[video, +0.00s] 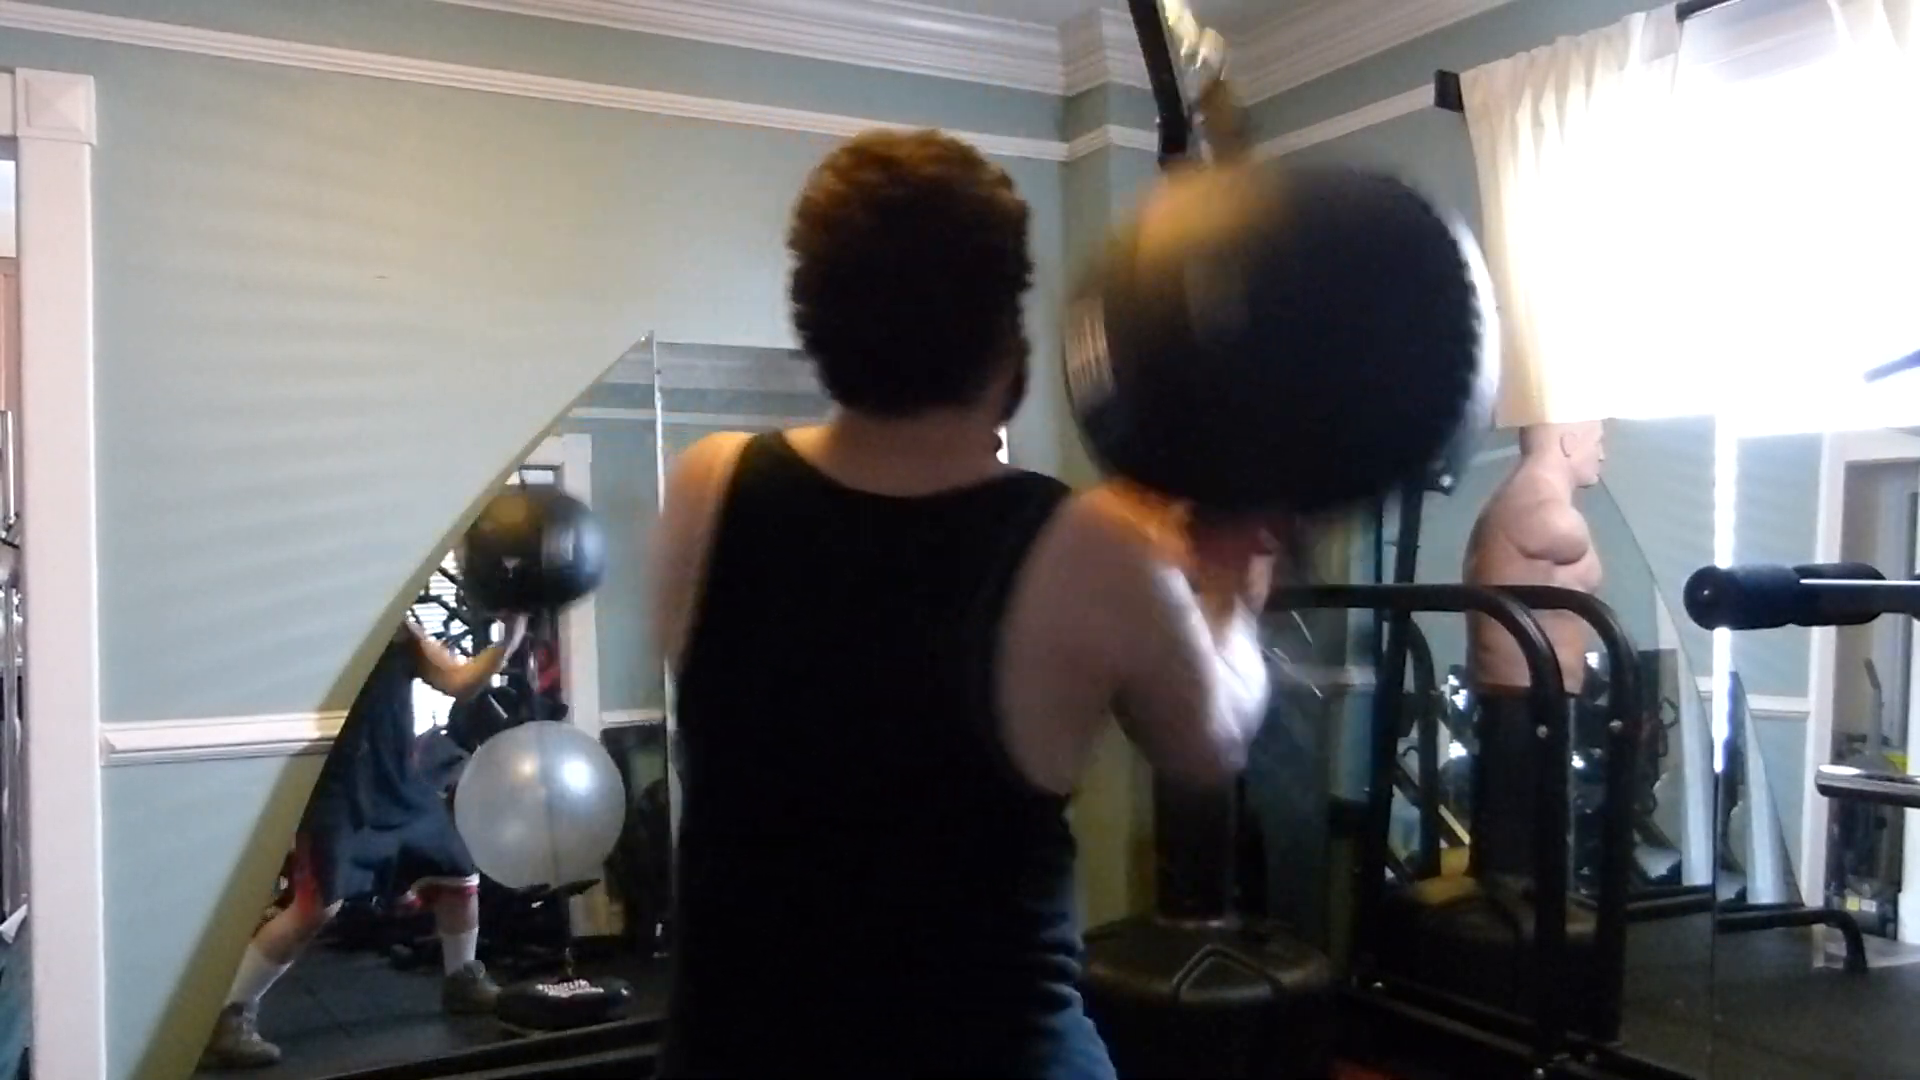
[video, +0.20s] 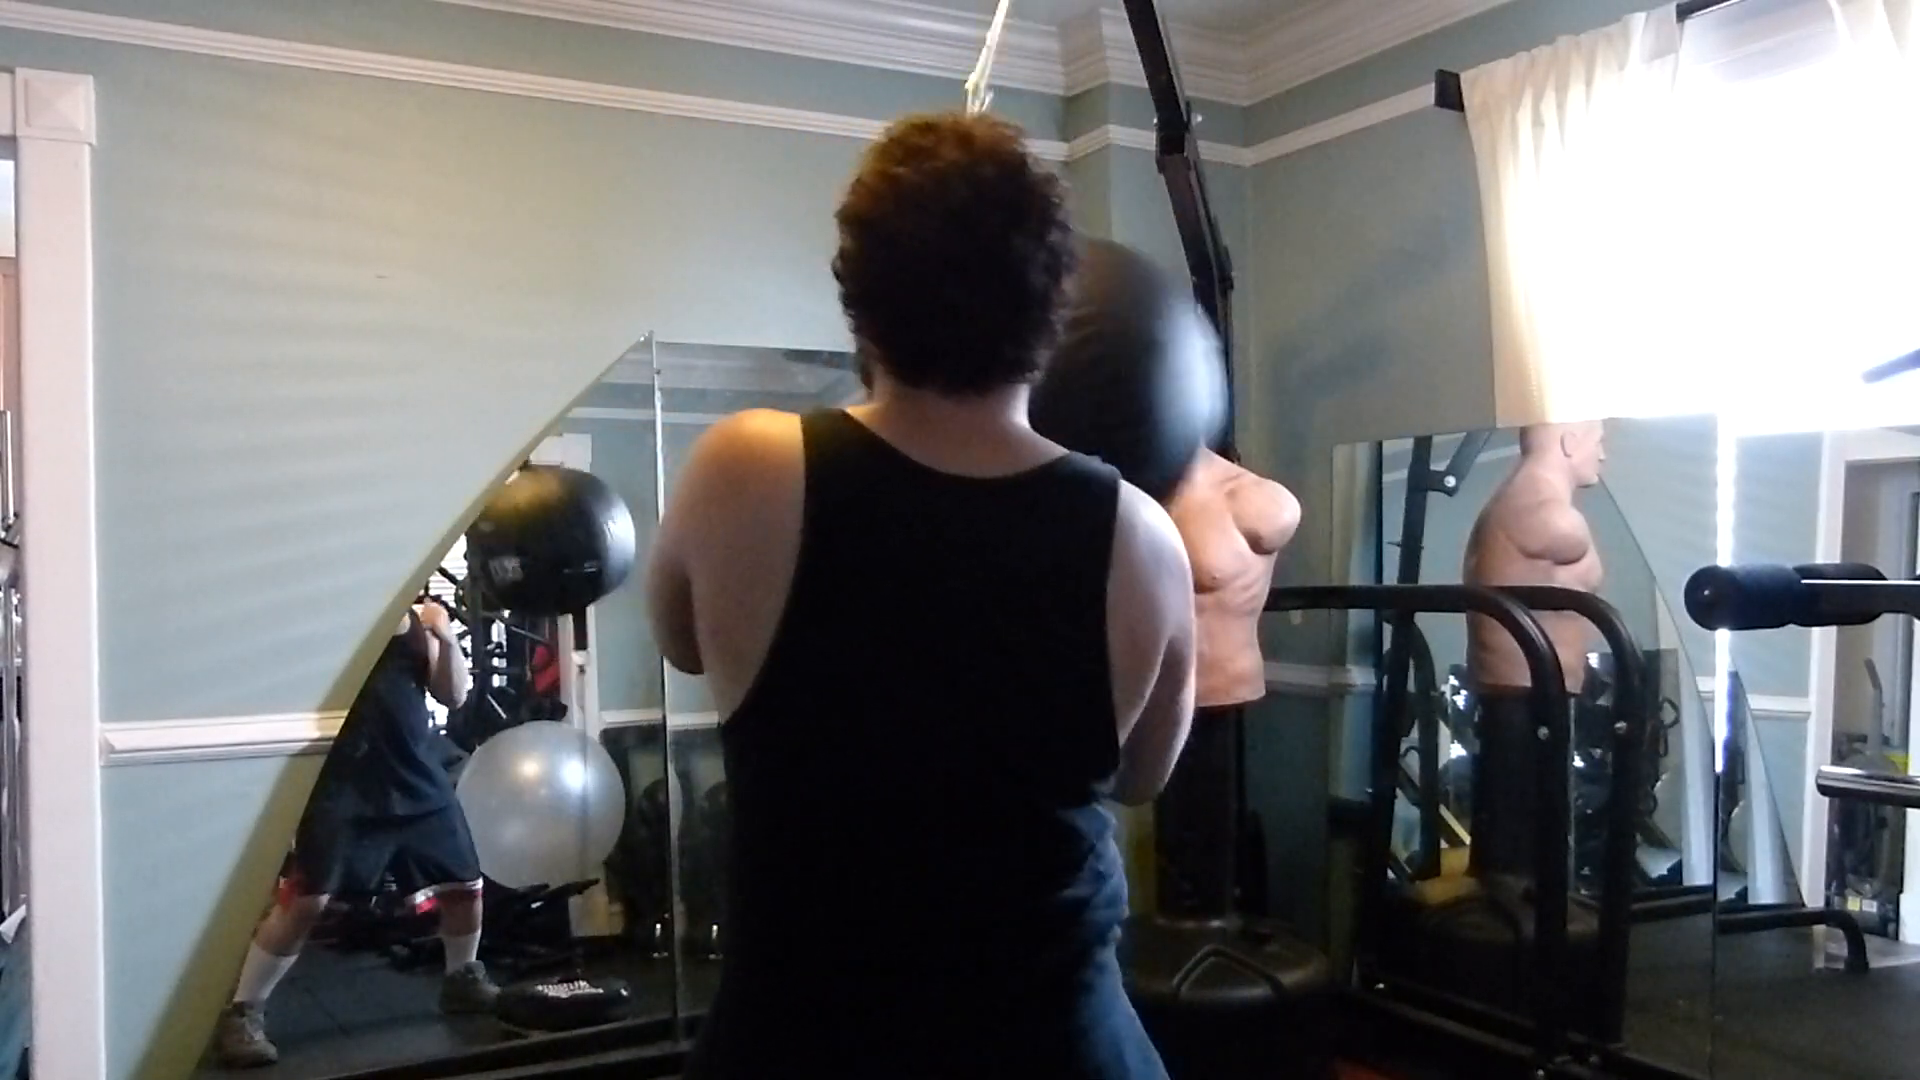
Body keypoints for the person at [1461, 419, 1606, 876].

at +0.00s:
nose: (1603, 453)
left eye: (1603, 438)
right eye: (1598, 436)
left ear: (1556, 439)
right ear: (1566, 439)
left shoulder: (1514, 496)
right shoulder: (1539, 495)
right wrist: (1586, 544)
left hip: (1509, 691)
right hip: (1529, 695)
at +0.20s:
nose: (1603, 454)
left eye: (1602, 440)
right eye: (1597, 438)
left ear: (1557, 441)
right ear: (1567, 441)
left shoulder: (1513, 498)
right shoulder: (1539, 494)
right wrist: (1588, 549)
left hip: (1511, 693)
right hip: (1529, 696)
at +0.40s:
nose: (1603, 455)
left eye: (1602, 441)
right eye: (1597, 439)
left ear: (1557, 441)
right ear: (1566, 441)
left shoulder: (1514, 497)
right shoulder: (1539, 495)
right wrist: (1588, 550)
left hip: (1510, 693)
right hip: (1528, 697)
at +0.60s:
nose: (1603, 455)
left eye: (1602, 441)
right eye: (1597, 439)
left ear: (1556, 441)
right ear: (1566, 441)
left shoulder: (1510, 500)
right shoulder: (1540, 502)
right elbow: (1591, 575)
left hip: (1508, 694)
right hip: (1530, 698)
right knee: (1530, 813)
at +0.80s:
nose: (1603, 454)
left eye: (1602, 440)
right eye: (1597, 438)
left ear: (1557, 441)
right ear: (1566, 441)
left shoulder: (1514, 497)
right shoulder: (1538, 497)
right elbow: (1592, 574)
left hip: (1510, 689)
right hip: (1528, 693)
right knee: (1527, 799)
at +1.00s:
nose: (1603, 454)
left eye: (1603, 440)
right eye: (1598, 438)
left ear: (1557, 441)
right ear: (1567, 441)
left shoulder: (1512, 499)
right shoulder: (1540, 498)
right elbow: (1592, 574)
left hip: (1510, 696)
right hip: (1529, 700)